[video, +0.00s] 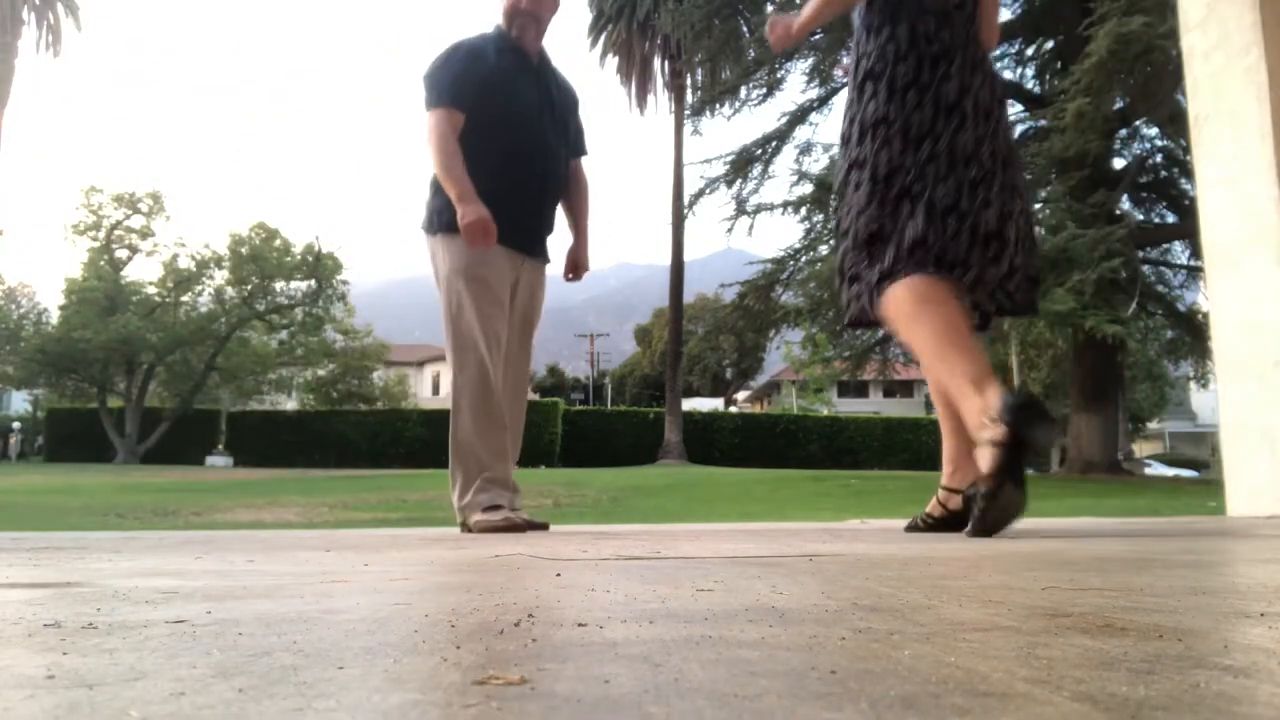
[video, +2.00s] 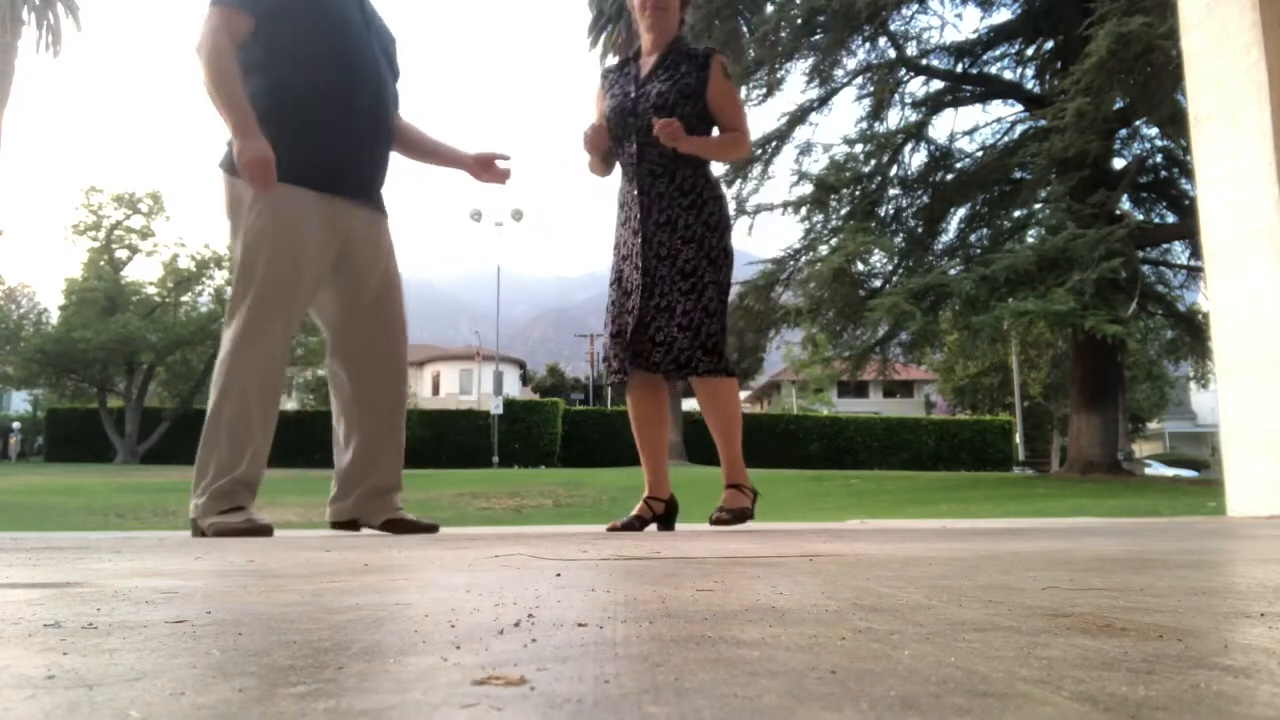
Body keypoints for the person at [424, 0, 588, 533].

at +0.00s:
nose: (539, 7)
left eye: (546, 1)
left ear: (552, 11)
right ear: (512, 3)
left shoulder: (560, 91)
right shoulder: (468, 57)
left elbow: (573, 170)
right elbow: (441, 133)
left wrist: (580, 237)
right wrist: (466, 201)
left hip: (528, 248)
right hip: (472, 236)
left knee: (513, 368)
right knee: (479, 363)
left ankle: (498, 497)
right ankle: (479, 499)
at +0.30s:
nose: (505, 22)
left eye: (518, 14)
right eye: (498, 11)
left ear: (535, 24)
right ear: (484, 16)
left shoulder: (545, 110)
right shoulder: (453, 73)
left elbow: (557, 185)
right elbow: (419, 134)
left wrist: (566, 249)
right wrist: (443, 138)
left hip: (518, 255)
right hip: (456, 243)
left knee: (502, 376)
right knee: (452, 370)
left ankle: (492, 499)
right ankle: (450, 500)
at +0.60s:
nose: (483, 20)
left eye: (495, 13)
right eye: (476, 10)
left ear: (510, 25)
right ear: (461, 16)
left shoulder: (521, 113)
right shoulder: (430, 69)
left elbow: (531, 190)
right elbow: (394, 128)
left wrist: (541, 261)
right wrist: (421, 106)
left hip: (497, 255)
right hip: (431, 241)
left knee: (489, 381)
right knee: (409, 368)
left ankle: (485, 505)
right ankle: (374, 498)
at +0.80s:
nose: (452, 11)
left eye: (464, 5)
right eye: (443, 2)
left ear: (476, 16)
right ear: (427, 9)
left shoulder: (488, 109)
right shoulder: (393, 64)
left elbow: (501, 186)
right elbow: (362, 130)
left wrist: (524, 256)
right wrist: (377, 178)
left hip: (471, 255)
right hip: (401, 241)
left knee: (473, 378)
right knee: (368, 366)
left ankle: (484, 506)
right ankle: (313, 499)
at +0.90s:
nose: (435, 8)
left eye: (443, 3)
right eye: (426, 0)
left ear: (453, 13)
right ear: (407, 6)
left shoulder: (468, 104)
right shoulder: (372, 58)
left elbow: (482, 185)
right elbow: (341, 139)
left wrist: (519, 247)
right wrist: (330, 223)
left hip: (448, 260)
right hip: (375, 243)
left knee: (462, 384)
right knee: (344, 373)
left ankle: (485, 506)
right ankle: (306, 503)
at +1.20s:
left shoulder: (432, 60)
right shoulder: (327, 15)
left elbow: (469, 142)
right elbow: (271, 101)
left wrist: (529, 186)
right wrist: (258, 198)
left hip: (415, 229)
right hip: (334, 220)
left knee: (424, 363)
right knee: (317, 362)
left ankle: (410, 503)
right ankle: (303, 503)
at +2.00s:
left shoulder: (377, 29)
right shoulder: (266, 1)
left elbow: (384, 123)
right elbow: (214, 43)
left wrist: (465, 160)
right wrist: (247, 135)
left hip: (360, 206)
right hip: (282, 188)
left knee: (375, 353)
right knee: (257, 346)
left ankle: (366, 500)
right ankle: (221, 505)